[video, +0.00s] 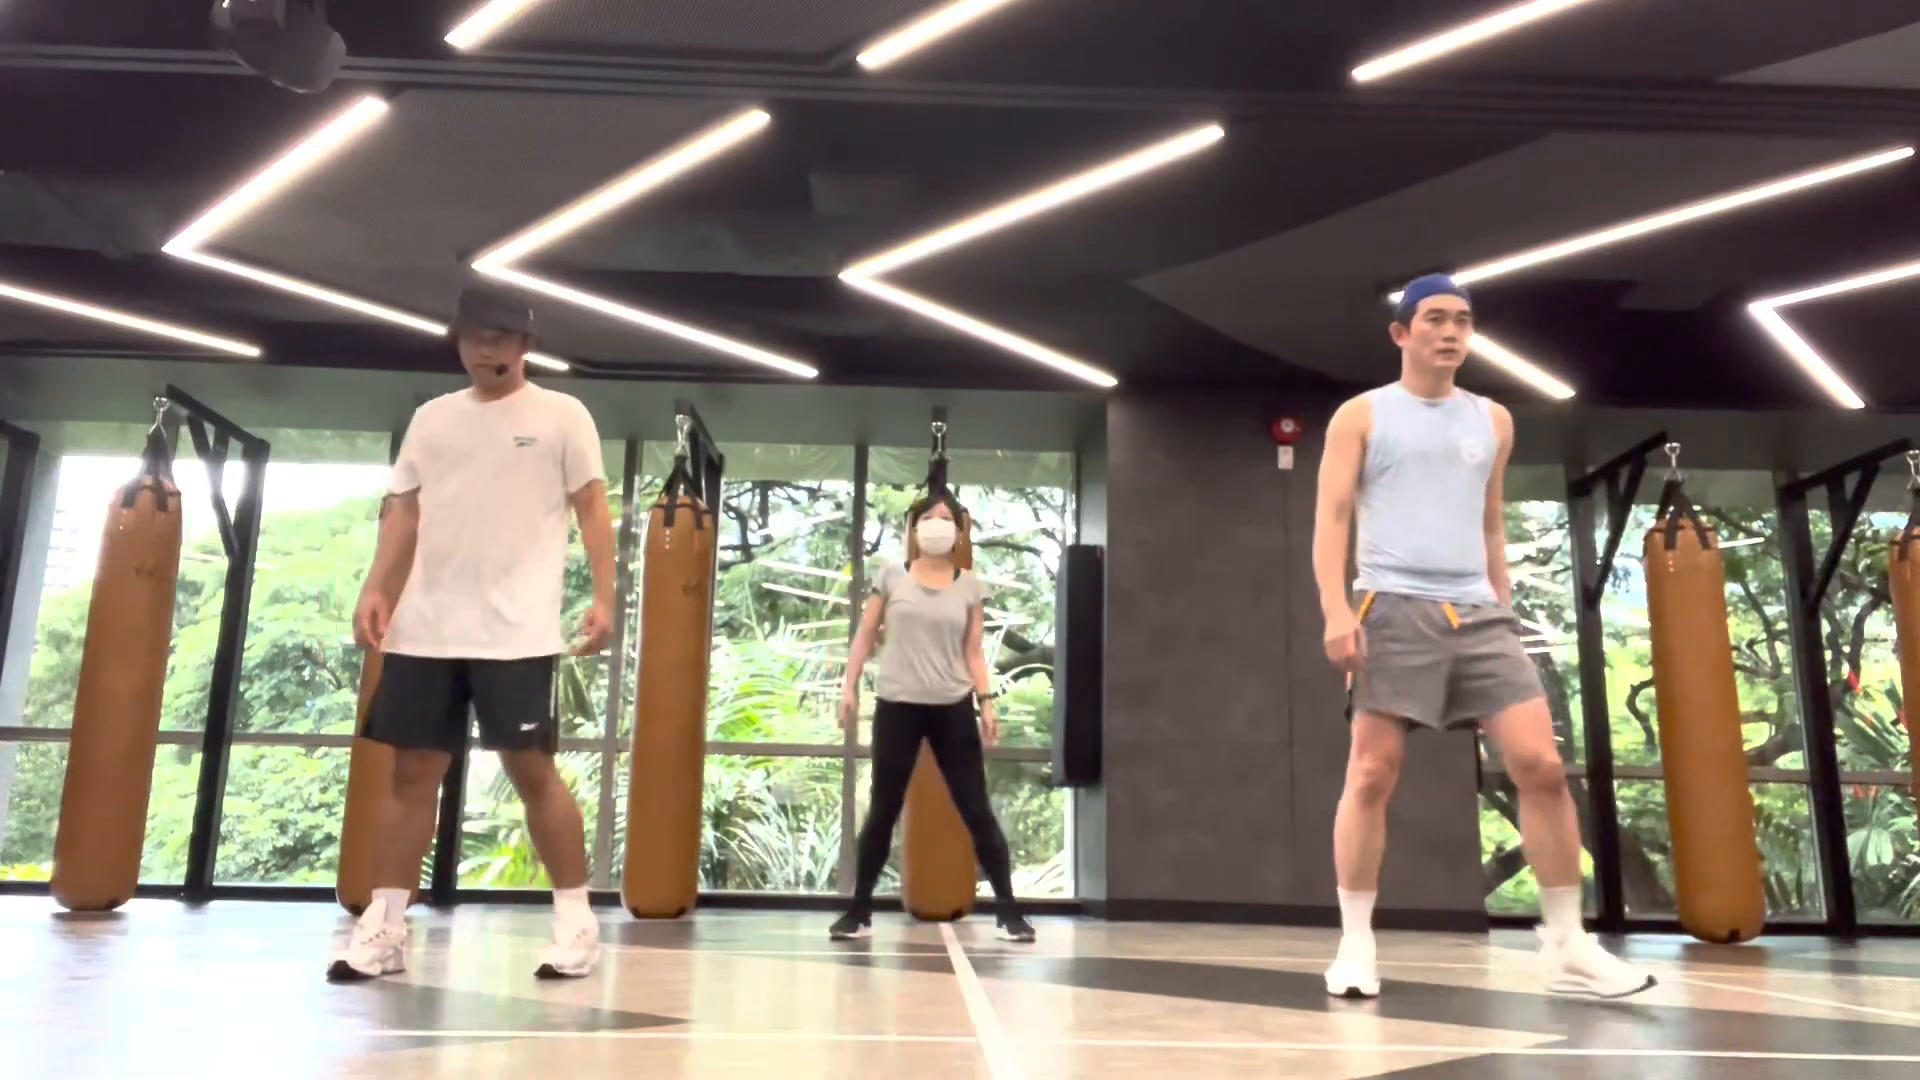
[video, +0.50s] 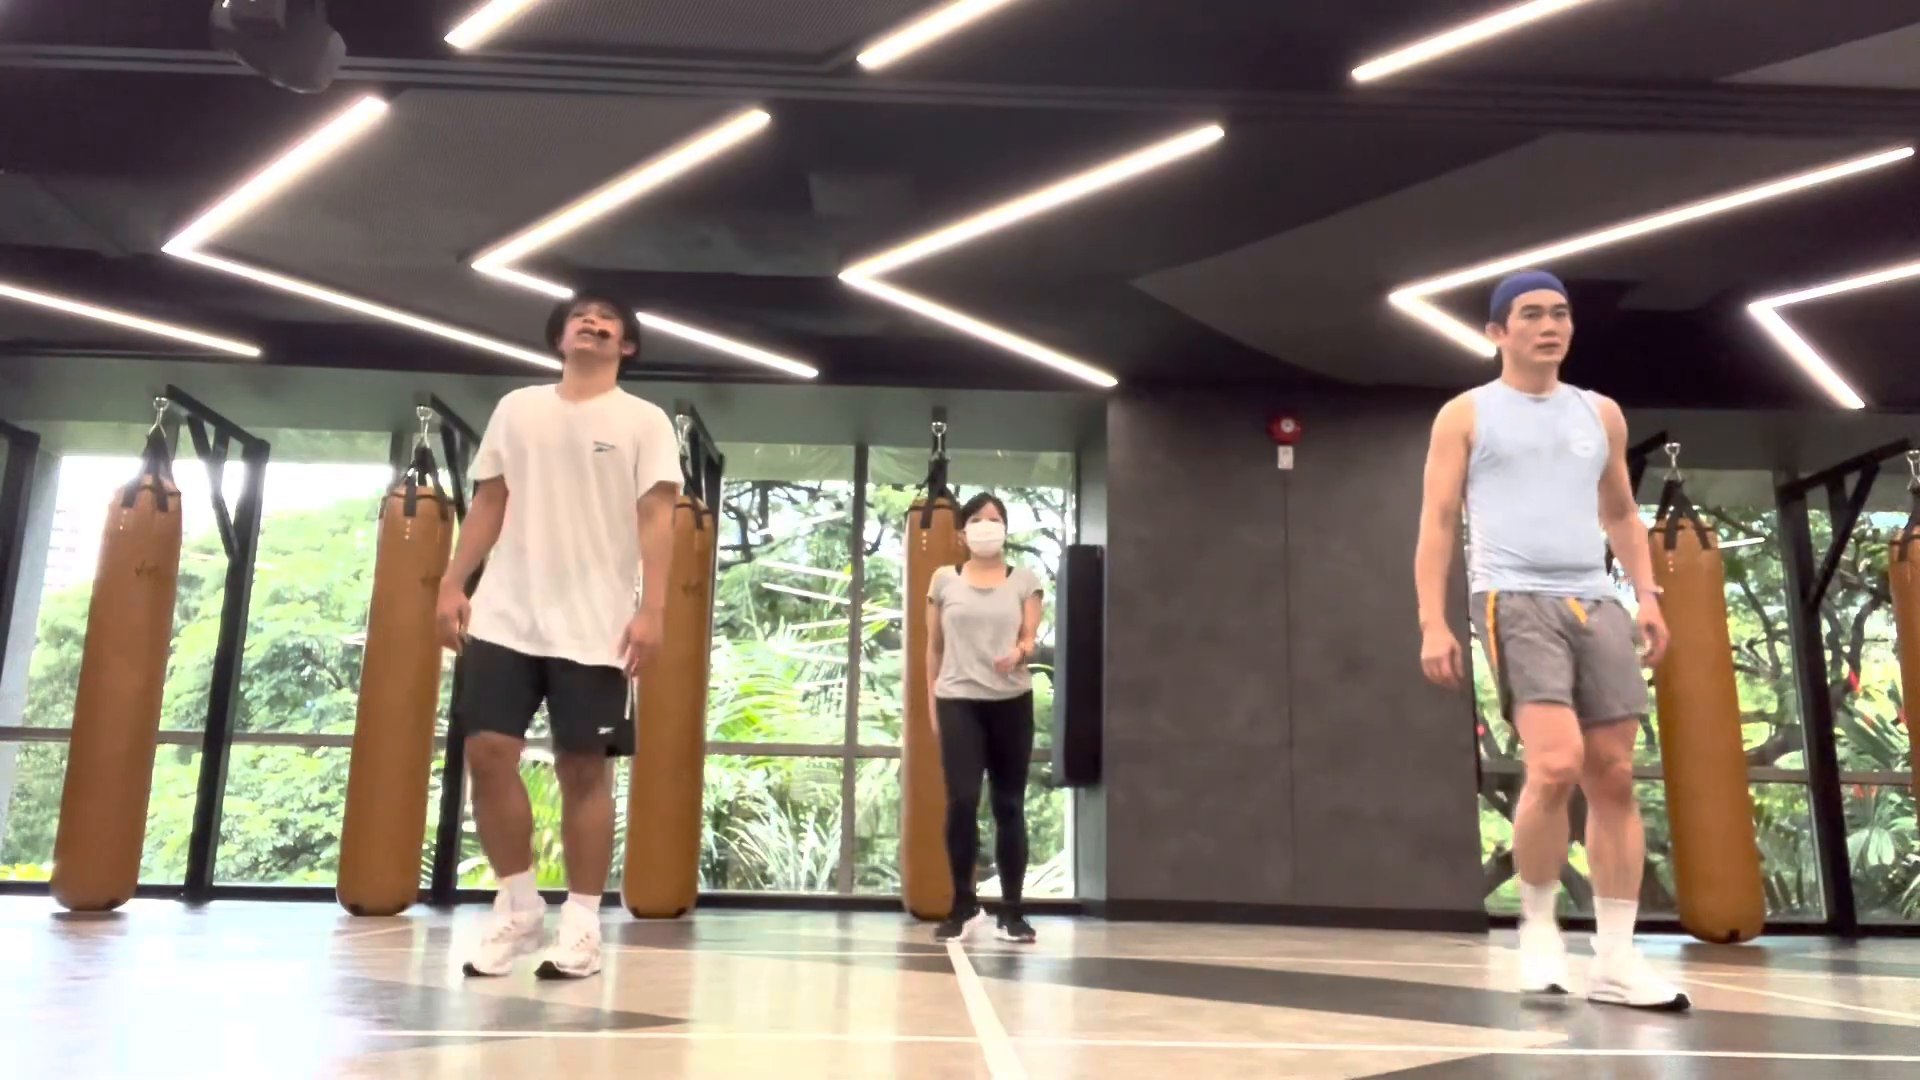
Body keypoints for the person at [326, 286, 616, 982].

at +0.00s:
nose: (491, 350)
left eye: (504, 336)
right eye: (478, 337)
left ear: (527, 342)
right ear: (458, 342)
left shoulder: (563, 416)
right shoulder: (429, 421)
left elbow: (592, 510)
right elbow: (401, 514)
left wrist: (603, 596)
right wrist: (377, 588)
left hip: (516, 631)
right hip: (424, 629)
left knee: (533, 772)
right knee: (411, 772)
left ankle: (576, 925)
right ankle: (385, 931)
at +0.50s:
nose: (591, 323)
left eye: (606, 321)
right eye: (580, 316)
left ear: (626, 349)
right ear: (557, 341)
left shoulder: (646, 422)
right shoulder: (515, 408)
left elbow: (658, 517)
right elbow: (489, 502)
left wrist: (651, 610)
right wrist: (454, 579)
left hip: (594, 625)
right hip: (505, 617)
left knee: (582, 770)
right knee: (486, 752)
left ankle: (582, 928)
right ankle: (519, 914)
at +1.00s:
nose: (543, 332)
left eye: (559, 328)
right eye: (532, 325)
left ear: (582, 355)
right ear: (514, 345)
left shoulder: (600, 416)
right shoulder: (478, 413)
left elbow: (615, 511)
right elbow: (451, 506)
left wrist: (610, 601)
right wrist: (411, 585)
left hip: (555, 626)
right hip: (469, 621)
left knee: (564, 772)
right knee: (435, 770)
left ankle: (581, 929)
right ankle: (405, 928)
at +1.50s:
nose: (460, 327)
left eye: (475, 320)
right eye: (447, 322)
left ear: (502, 341)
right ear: (432, 345)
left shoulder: (539, 405)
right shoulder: (407, 426)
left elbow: (562, 495)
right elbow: (379, 523)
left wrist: (554, 569)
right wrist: (338, 604)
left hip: (499, 616)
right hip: (412, 621)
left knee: (473, 746)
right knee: (410, 769)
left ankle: (455, 922)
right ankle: (400, 925)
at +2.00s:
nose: (538, 334)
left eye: (553, 330)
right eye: (525, 328)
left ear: (574, 355)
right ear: (505, 351)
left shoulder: (605, 412)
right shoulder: (479, 426)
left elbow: (616, 502)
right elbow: (452, 527)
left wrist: (593, 584)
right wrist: (418, 600)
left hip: (562, 626)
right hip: (473, 628)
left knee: (574, 769)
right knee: (441, 773)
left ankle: (598, 933)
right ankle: (406, 929)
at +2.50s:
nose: (599, 327)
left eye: (613, 323)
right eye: (586, 318)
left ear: (631, 349)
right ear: (563, 341)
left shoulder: (649, 420)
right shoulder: (527, 416)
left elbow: (663, 514)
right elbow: (502, 513)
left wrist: (655, 605)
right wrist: (467, 591)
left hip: (600, 622)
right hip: (513, 620)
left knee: (590, 763)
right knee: (475, 750)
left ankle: (602, 924)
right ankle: (530, 902)